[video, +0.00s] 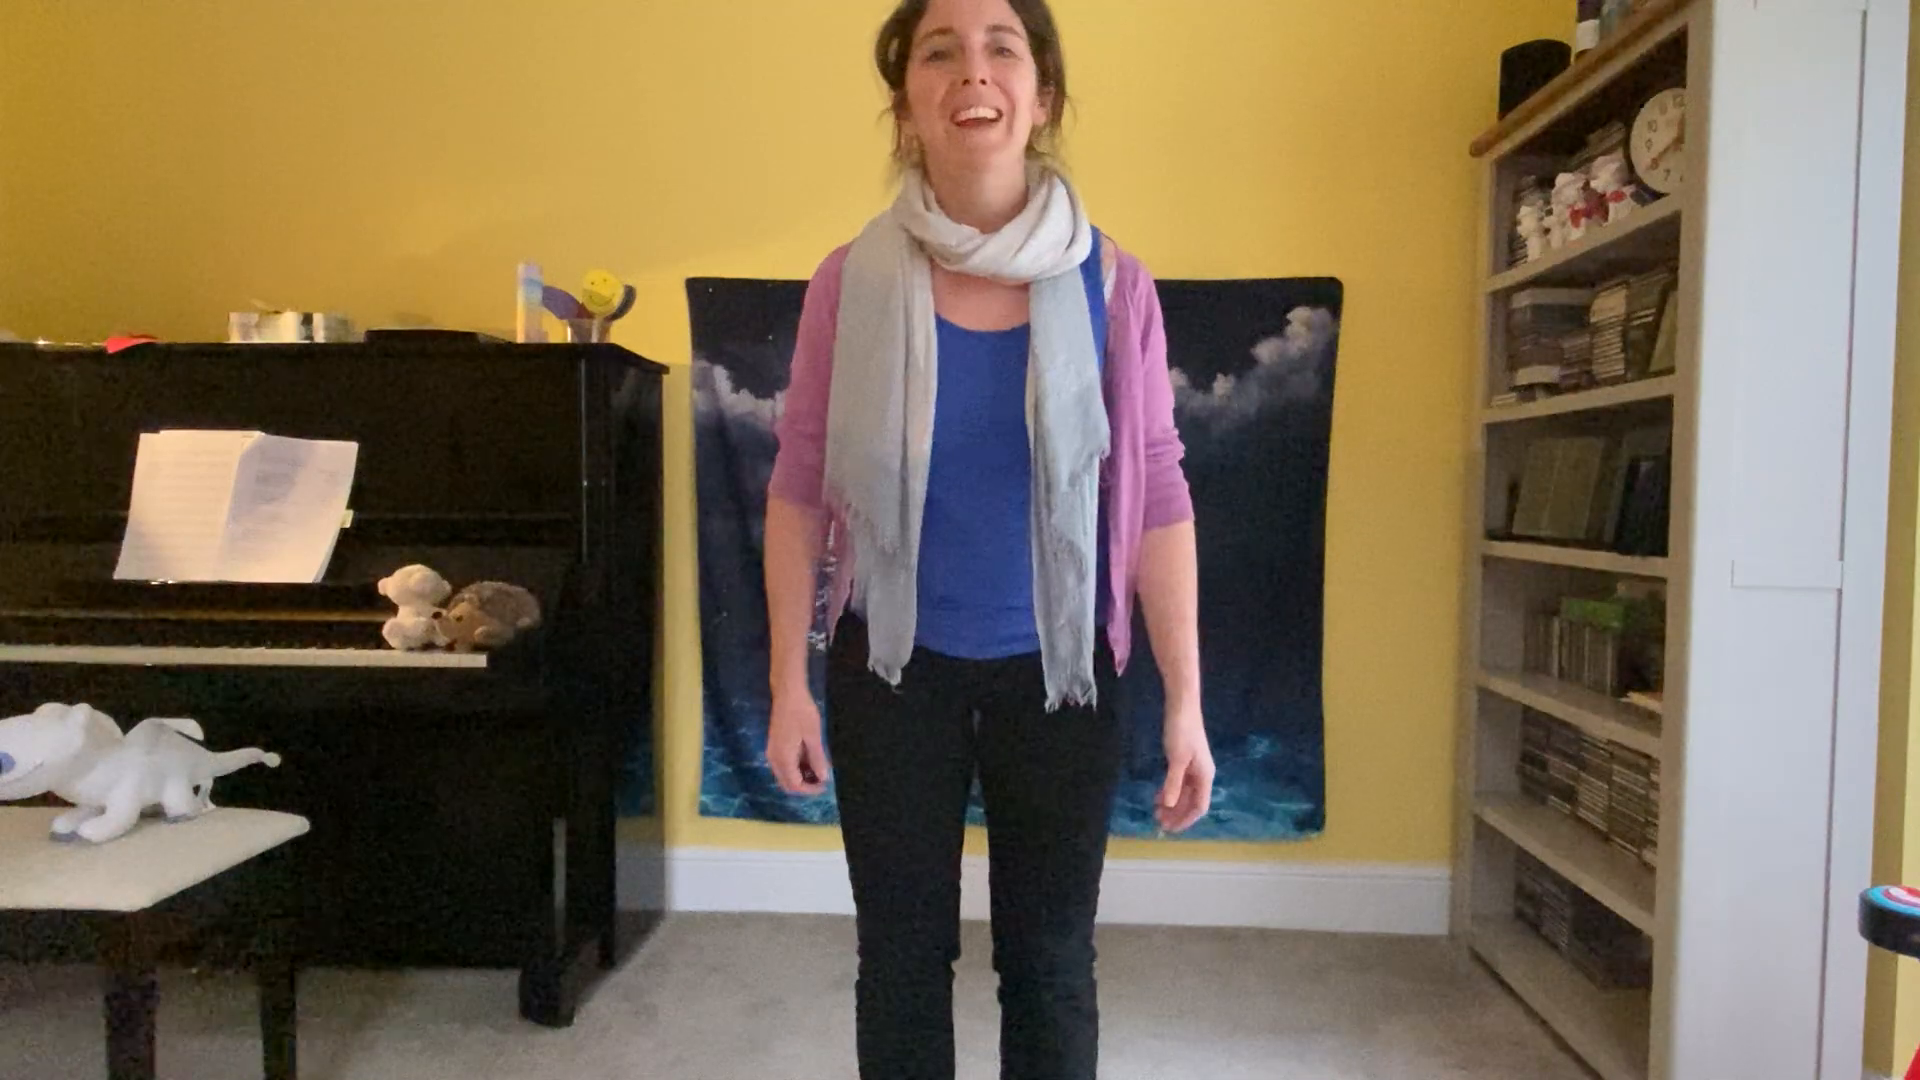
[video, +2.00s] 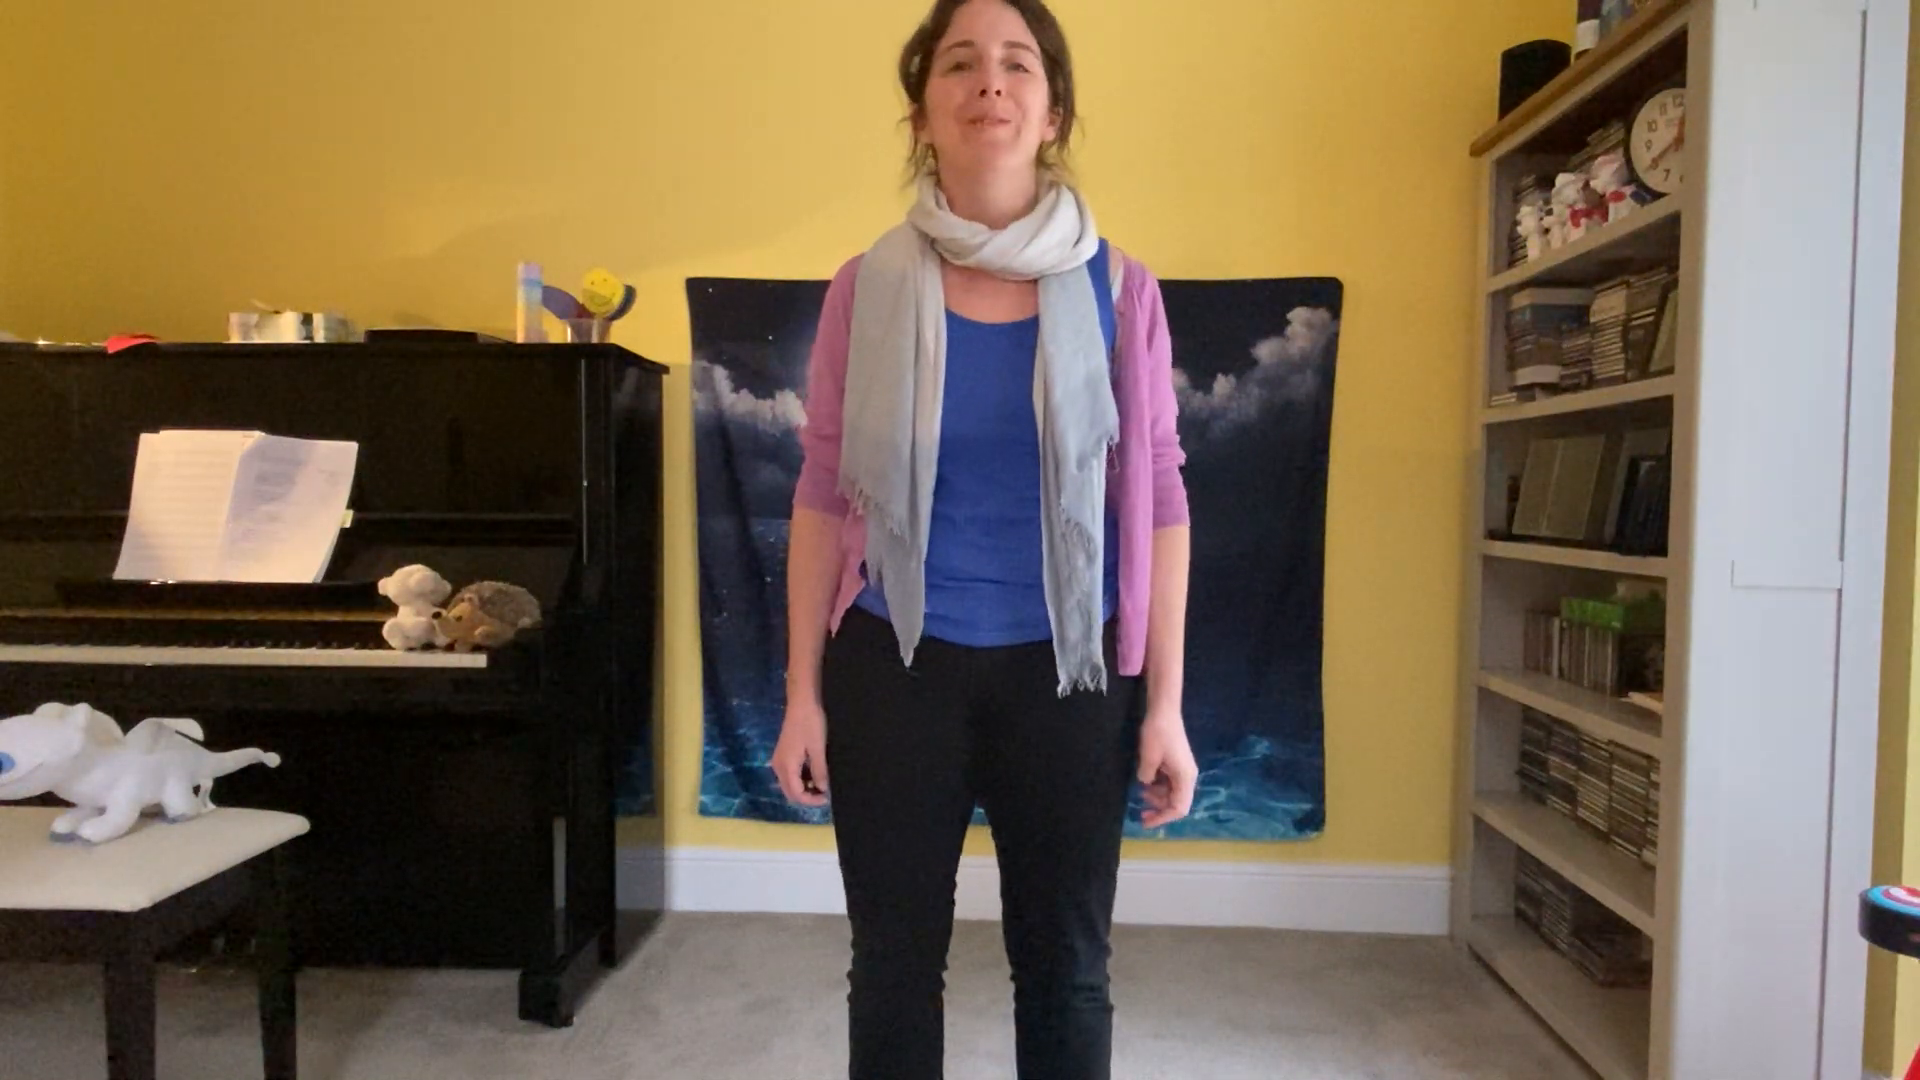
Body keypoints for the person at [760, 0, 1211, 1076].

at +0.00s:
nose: (975, 72)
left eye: (1002, 48)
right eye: (942, 52)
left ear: (1042, 91)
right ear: (903, 99)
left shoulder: (1114, 287)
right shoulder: (847, 284)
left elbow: (1158, 497)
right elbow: (799, 485)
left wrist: (1184, 699)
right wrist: (789, 682)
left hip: (1061, 680)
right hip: (889, 676)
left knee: (1052, 978)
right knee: (901, 974)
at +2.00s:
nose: (989, 79)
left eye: (1016, 63)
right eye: (961, 63)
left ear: (1053, 108)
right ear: (922, 109)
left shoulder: (1121, 293)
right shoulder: (863, 291)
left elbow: (1160, 500)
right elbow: (821, 498)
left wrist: (1164, 700)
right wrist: (801, 689)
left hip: (1070, 681)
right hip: (892, 674)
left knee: (1067, 981)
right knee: (893, 976)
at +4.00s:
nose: (1010, 101)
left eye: (1037, 86)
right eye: (985, 82)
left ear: (1068, 133)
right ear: (944, 127)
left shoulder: (1123, 306)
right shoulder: (878, 296)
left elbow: (1161, 507)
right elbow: (826, 494)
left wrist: (1158, 694)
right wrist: (803, 681)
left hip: (1068, 678)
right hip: (894, 670)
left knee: (1061, 979)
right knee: (897, 977)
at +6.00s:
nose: (996, 90)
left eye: (1022, 76)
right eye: (970, 74)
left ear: (1059, 124)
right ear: (934, 120)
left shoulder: (1119, 304)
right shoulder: (872, 296)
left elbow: (1155, 506)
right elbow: (822, 495)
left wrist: (1152, 696)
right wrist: (798, 683)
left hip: (1062, 678)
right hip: (888, 672)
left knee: (1059, 985)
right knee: (892, 979)